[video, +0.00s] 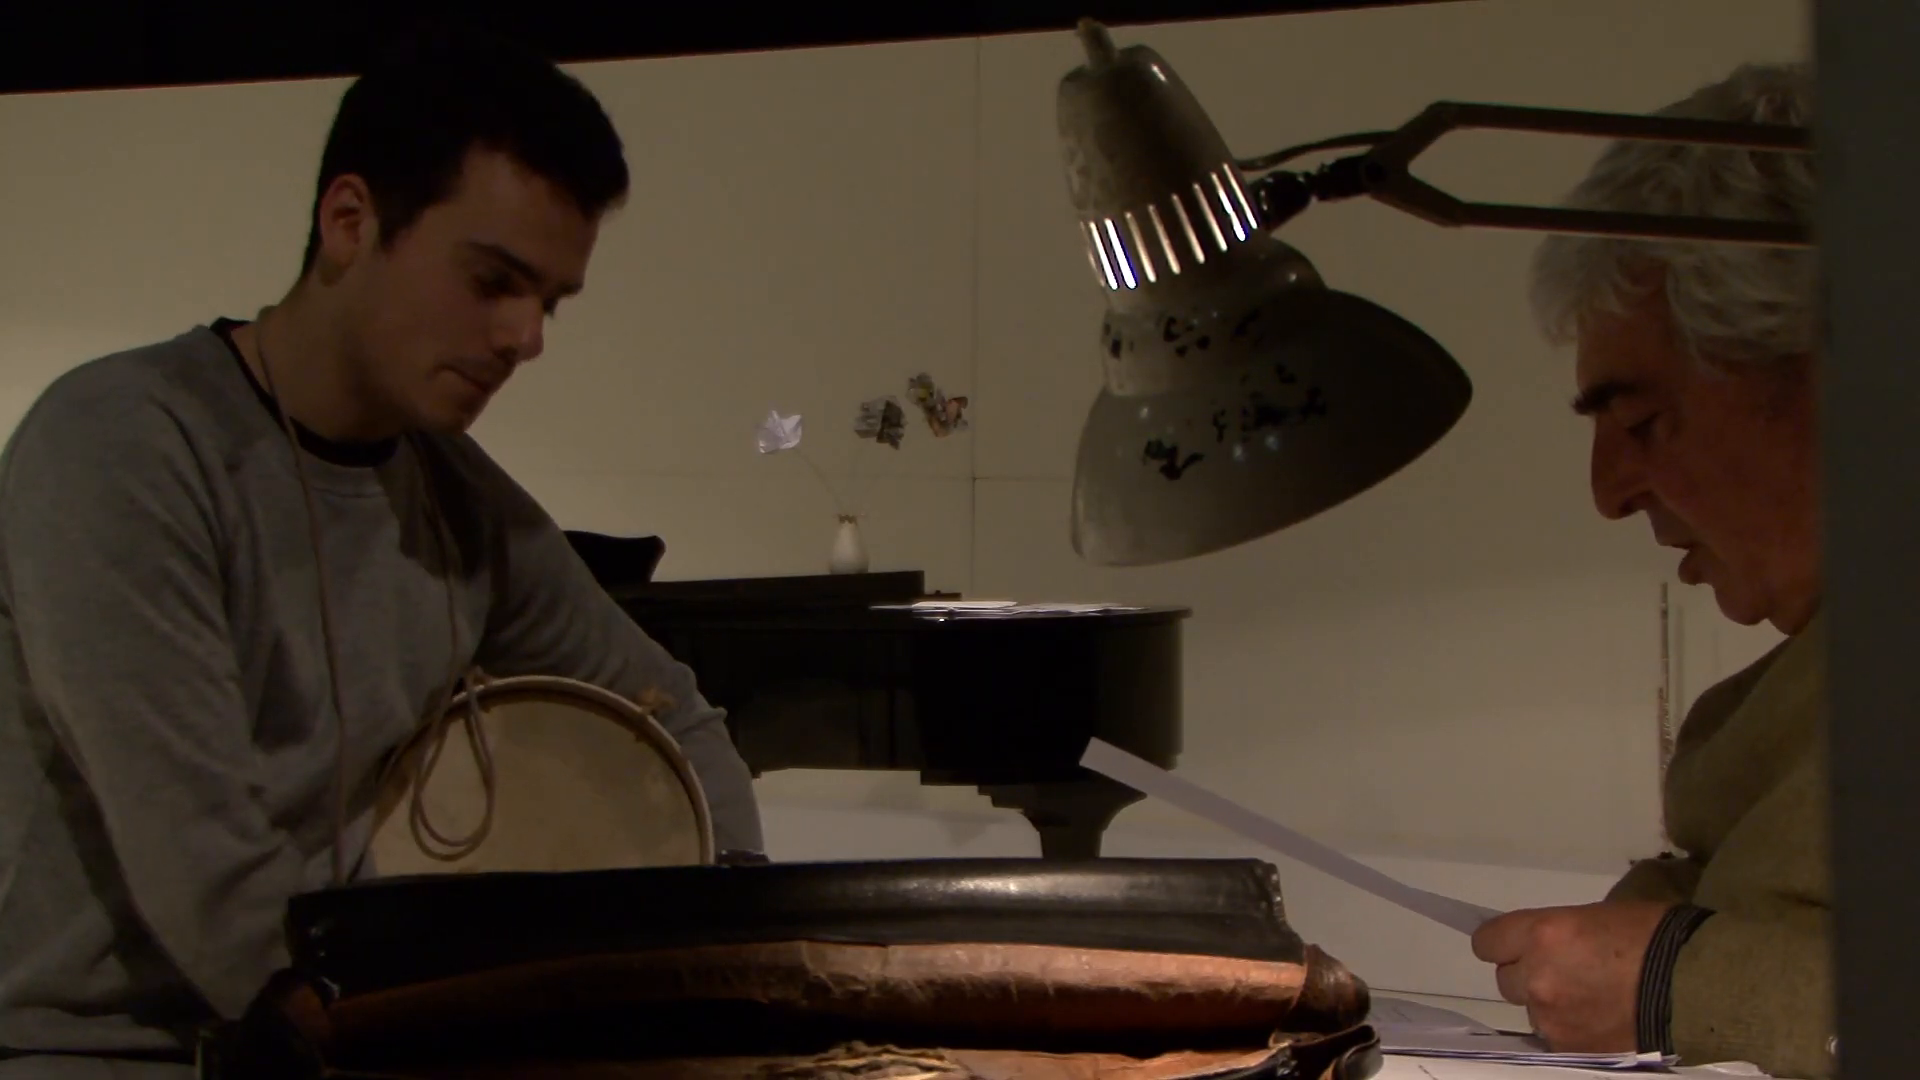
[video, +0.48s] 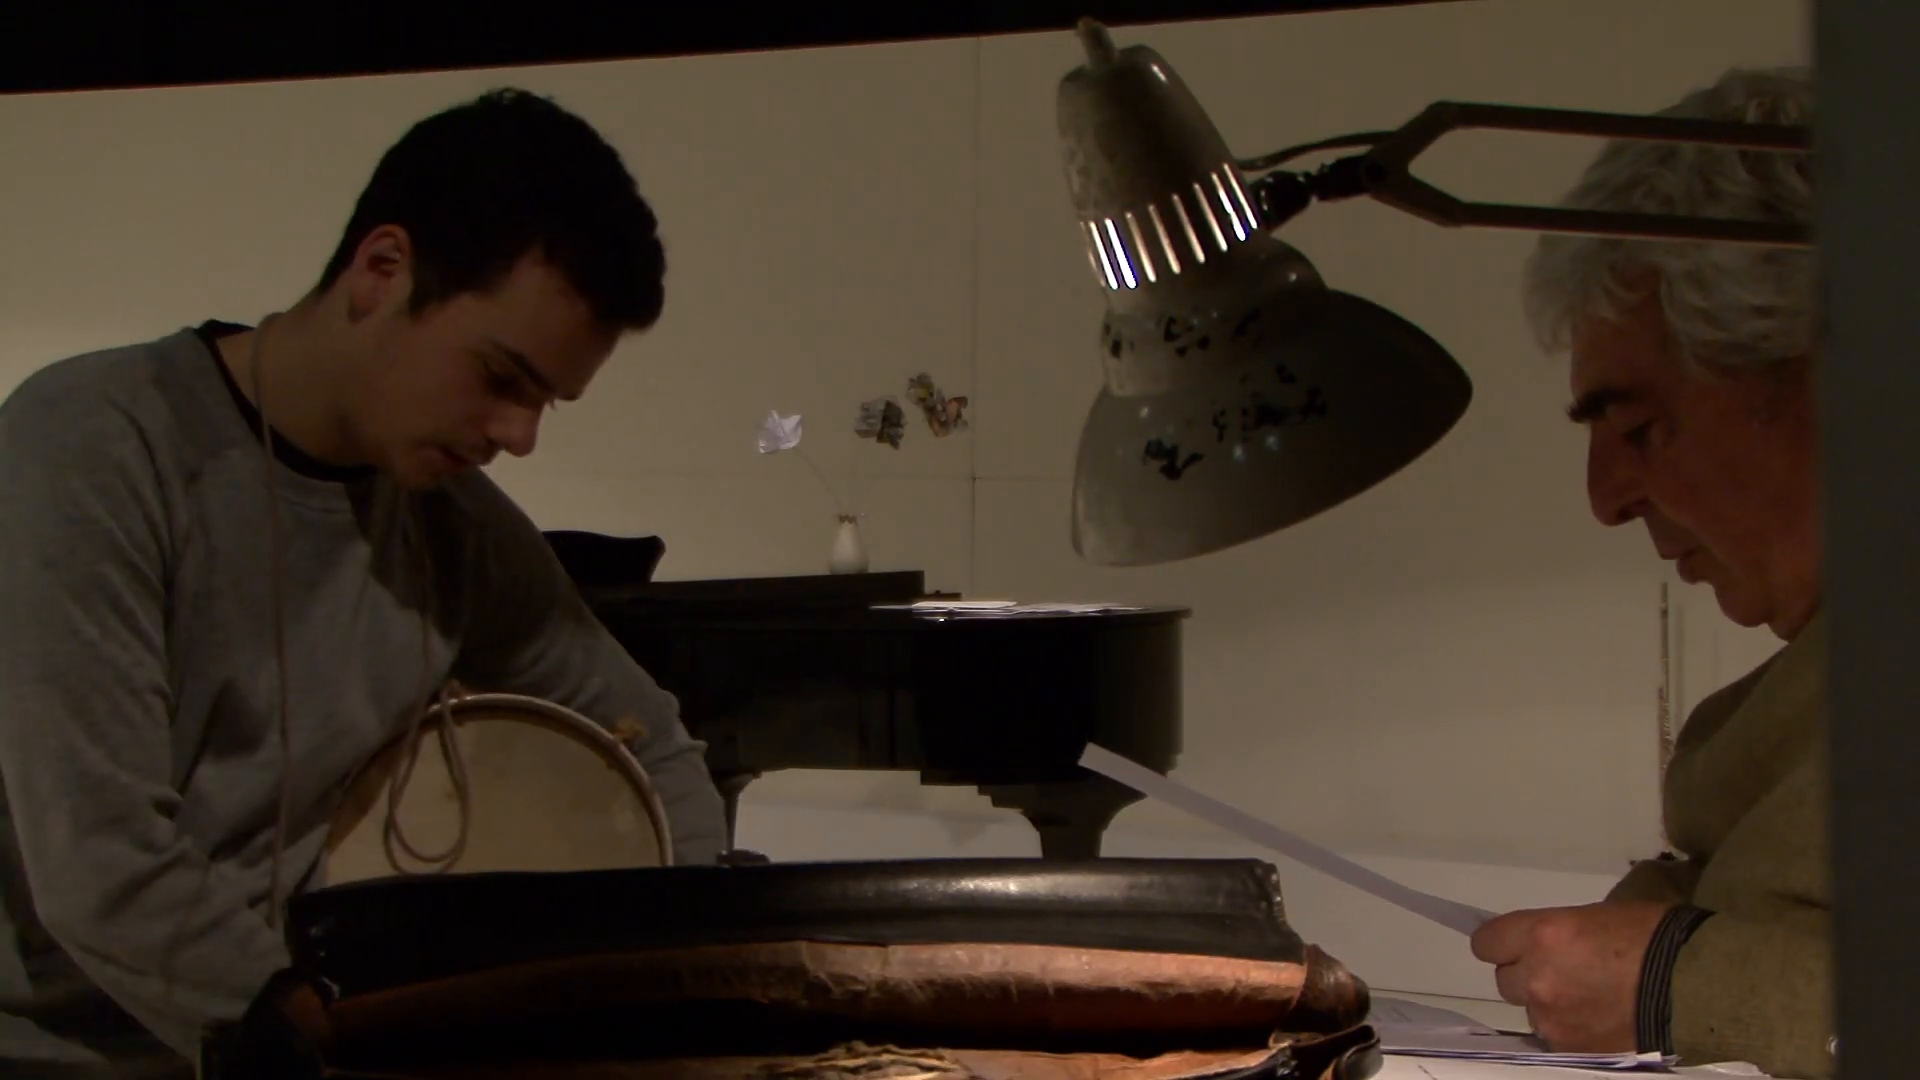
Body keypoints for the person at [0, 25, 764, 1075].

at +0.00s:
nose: (523, 338)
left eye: (549, 301)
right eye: (493, 279)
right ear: (349, 224)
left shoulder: (459, 494)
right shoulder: (110, 445)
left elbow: (669, 719)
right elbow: (222, 898)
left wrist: (724, 947)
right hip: (89, 1045)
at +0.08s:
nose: (521, 375)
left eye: (547, 339)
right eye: (497, 316)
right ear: (359, 238)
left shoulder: (468, 505)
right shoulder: (100, 445)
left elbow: (673, 721)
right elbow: (163, 896)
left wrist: (722, 944)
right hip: (65, 1034)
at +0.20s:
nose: (516, 422)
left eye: (541, 387)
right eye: (498, 361)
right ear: (371, 261)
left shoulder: (475, 514)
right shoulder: (92, 442)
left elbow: (679, 729)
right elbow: (87, 870)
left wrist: (721, 949)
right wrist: (321, 1037)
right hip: (63, 1029)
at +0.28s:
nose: (517, 427)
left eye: (542, 394)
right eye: (499, 369)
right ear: (374, 265)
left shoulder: (478, 519)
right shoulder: (90, 444)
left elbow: (677, 735)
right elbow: (80, 872)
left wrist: (715, 953)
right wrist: (317, 1041)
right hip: (56, 1036)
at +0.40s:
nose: (520, 431)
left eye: (544, 397)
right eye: (502, 371)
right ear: (377, 268)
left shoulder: (467, 523)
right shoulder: (86, 442)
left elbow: (665, 745)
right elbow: (88, 872)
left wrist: (689, 966)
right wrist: (326, 1044)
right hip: (48, 1042)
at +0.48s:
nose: (519, 439)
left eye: (542, 405)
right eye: (503, 380)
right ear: (378, 274)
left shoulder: (459, 524)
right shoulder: (78, 445)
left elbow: (651, 750)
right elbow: (99, 872)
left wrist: (672, 963)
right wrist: (336, 1042)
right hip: (57, 1043)